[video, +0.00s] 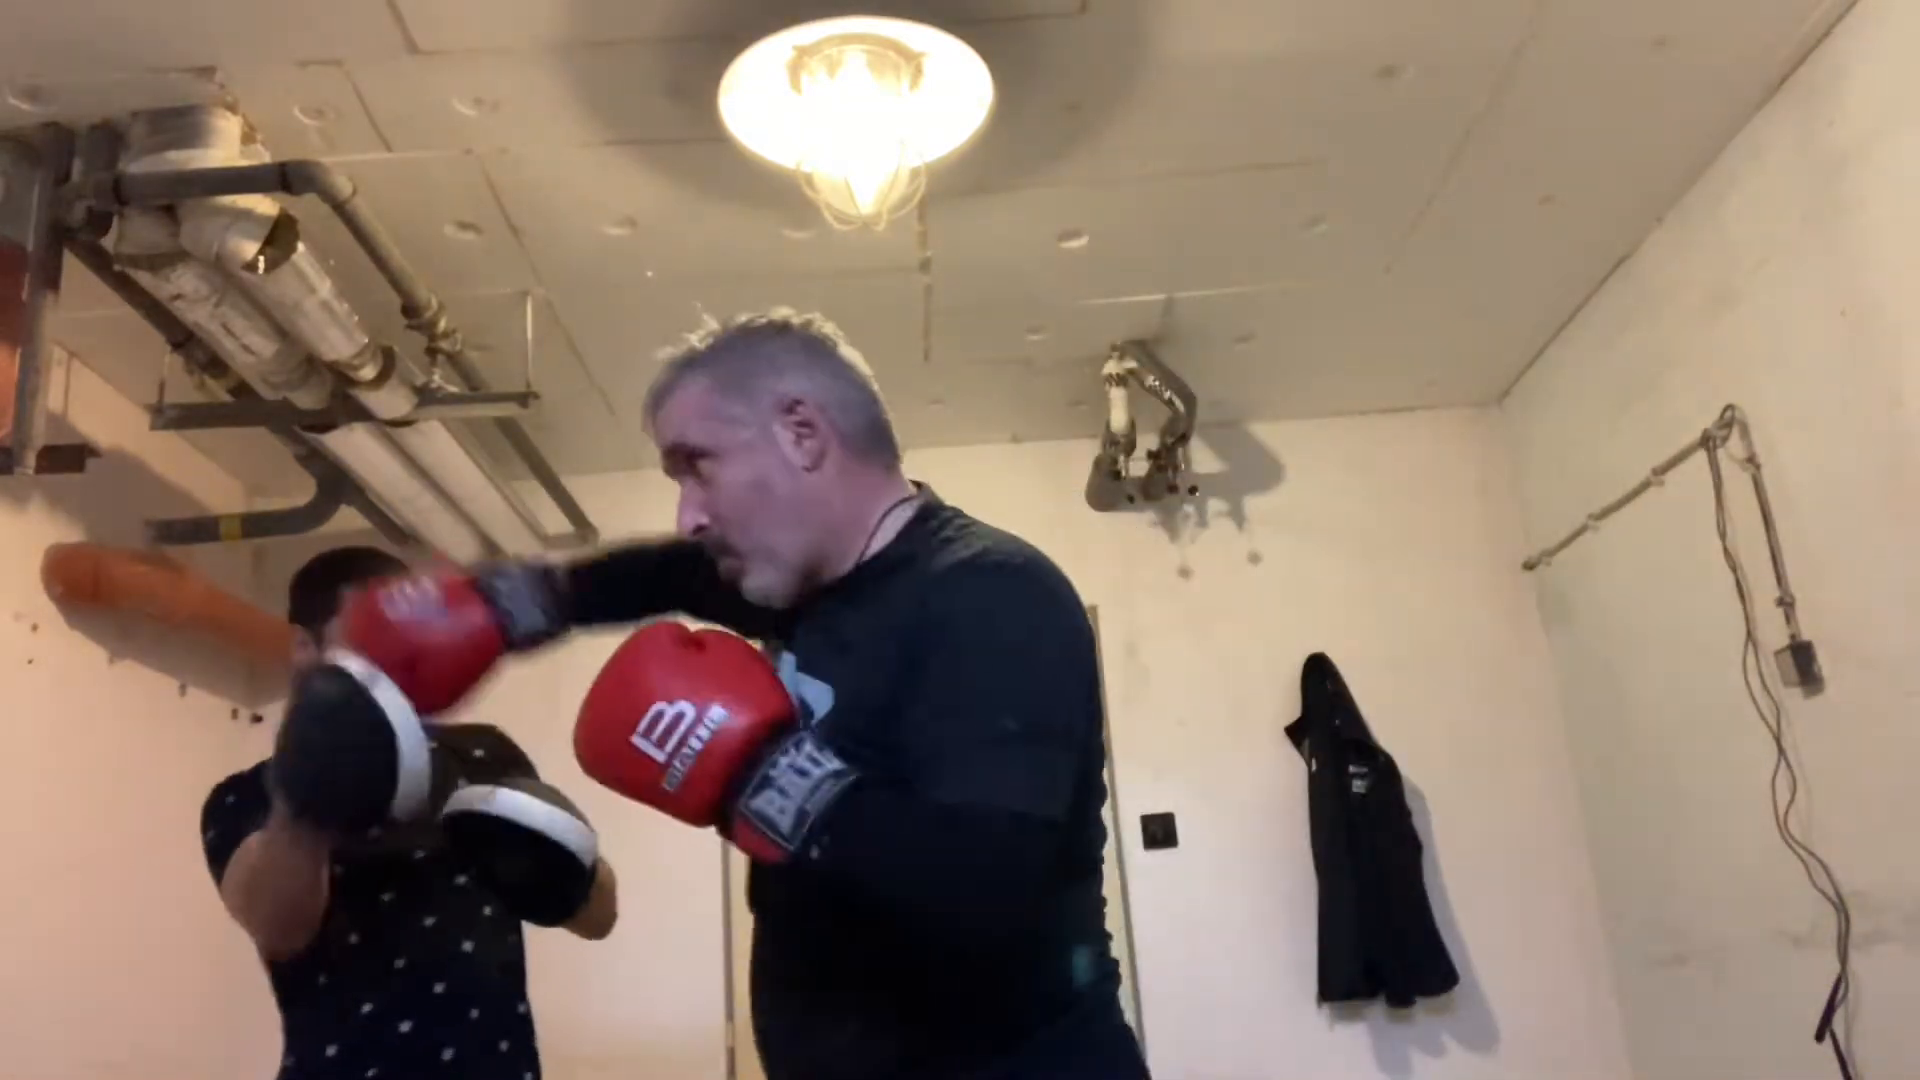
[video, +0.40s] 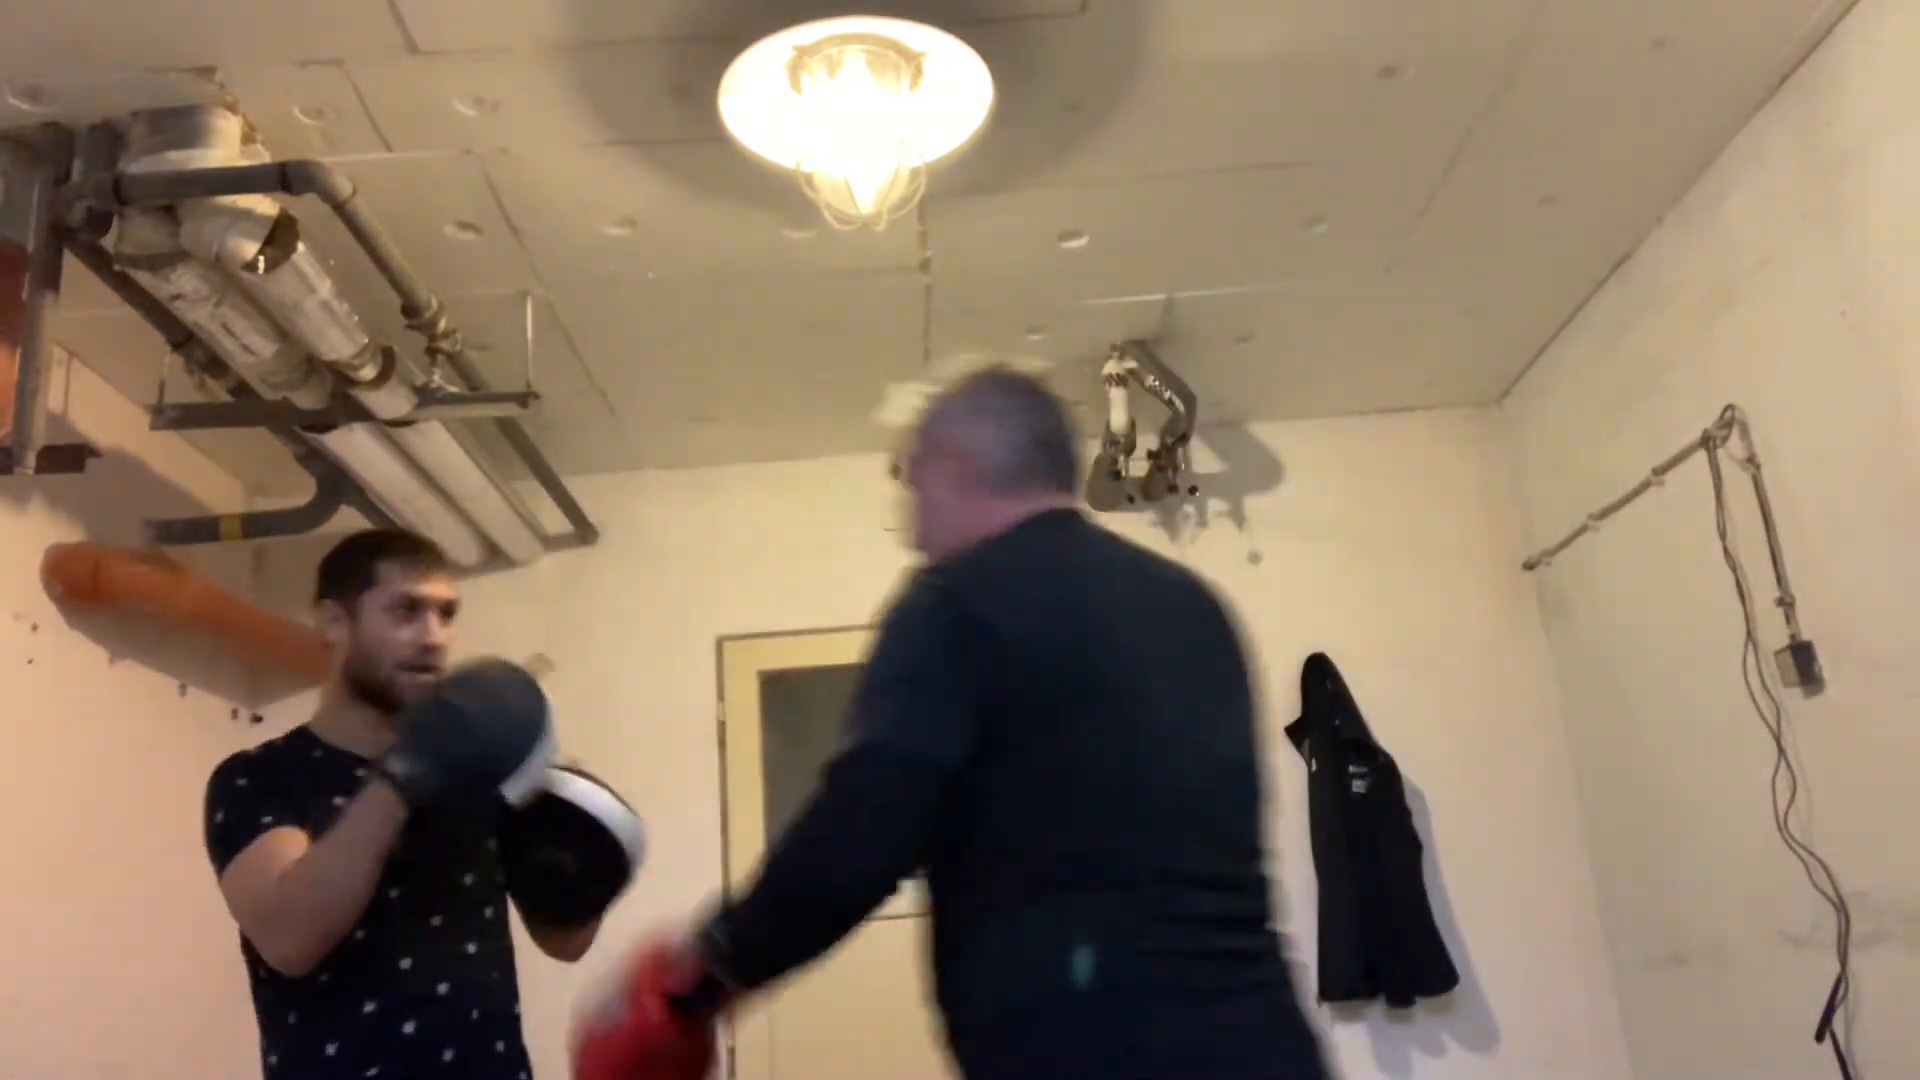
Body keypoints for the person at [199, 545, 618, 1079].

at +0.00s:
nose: (386, 650)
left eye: (401, 625)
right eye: (363, 633)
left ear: (427, 632)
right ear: (305, 649)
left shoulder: (479, 757)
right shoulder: (249, 800)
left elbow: (599, 916)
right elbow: (277, 929)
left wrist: (549, 870)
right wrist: (315, 783)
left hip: (493, 1060)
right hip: (343, 1067)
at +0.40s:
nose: (433, 637)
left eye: (445, 615)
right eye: (404, 612)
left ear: (458, 627)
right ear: (334, 626)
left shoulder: (470, 766)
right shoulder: (256, 781)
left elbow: (566, 942)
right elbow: (289, 939)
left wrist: (570, 854)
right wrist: (406, 774)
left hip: (488, 1066)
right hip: (342, 1070)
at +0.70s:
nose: (571, 625)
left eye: (579, 606)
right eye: (545, 600)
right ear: (468, 610)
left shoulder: (590, 772)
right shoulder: (360, 767)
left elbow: (613, 967)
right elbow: (339, 970)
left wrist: (661, 916)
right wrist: (501, 909)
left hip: (555, 1066)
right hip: (406, 1068)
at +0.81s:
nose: (614, 618)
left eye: (621, 600)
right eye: (589, 593)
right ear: (514, 600)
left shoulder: (627, 766)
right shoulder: (400, 754)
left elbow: (625, 944)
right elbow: (359, 959)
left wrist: (687, 922)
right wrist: (527, 920)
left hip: (584, 1064)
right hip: (434, 1067)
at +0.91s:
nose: (644, 613)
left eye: (650, 595)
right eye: (619, 587)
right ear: (544, 593)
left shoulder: (655, 763)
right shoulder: (427, 746)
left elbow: (654, 957)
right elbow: (382, 951)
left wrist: (718, 923)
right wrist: (548, 913)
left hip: (603, 1065)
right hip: (452, 1067)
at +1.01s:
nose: (658, 606)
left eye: (665, 588)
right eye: (633, 580)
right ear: (557, 585)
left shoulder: (672, 757)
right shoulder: (442, 740)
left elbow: (707, 961)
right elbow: (394, 949)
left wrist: (757, 910)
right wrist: (564, 899)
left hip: (618, 1065)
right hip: (464, 1066)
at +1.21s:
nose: (621, 588)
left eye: (637, 568)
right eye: (592, 560)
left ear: (649, 584)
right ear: (527, 571)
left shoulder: (680, 746)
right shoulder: (430, 744)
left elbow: (741, 927)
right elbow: (389, 966)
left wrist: (816, 910)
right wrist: (554, 914)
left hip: (633, 1068)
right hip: (473, 1070)